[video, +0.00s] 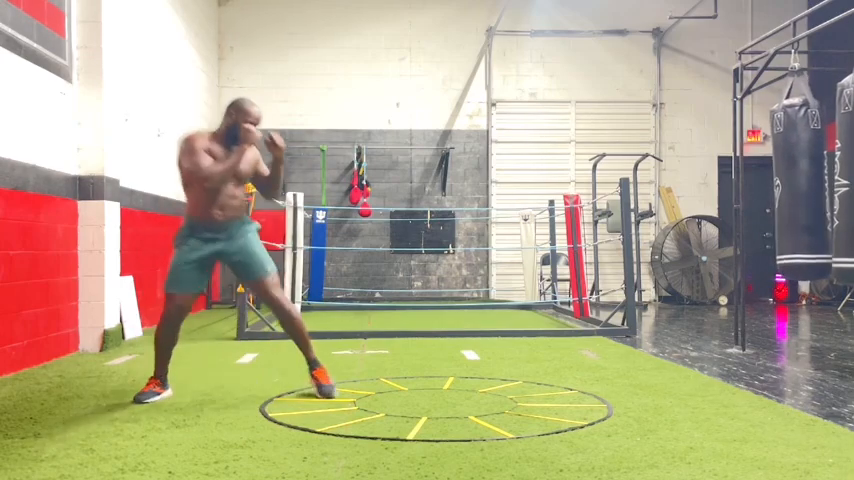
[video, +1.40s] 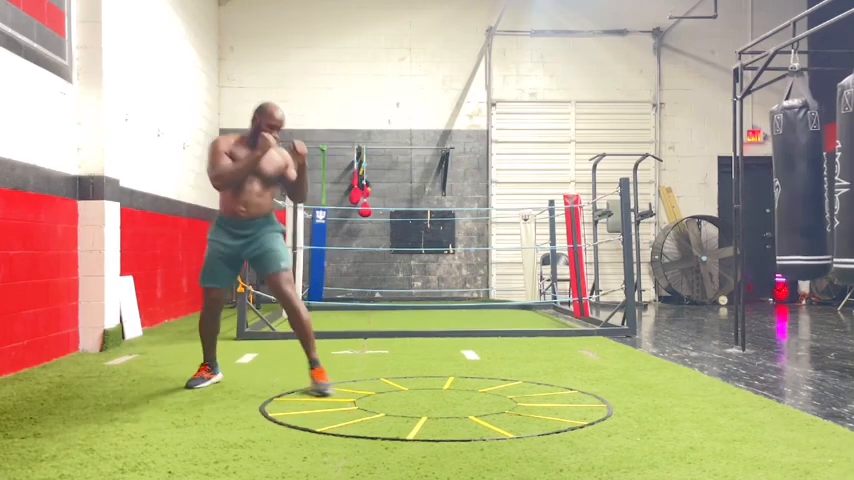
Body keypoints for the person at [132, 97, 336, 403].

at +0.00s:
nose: (252, 130)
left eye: (255, 125)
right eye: (249, 124)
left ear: (255, 126)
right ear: (231, 118)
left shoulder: (250, 153)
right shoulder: (196, 143)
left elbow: (272, 191)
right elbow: (208, 180)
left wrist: (279, 160)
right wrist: (242, 149)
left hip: (239, 234)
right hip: (196, 236)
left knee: (275, 297)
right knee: (175, 308)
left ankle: (315, 366)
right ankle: (159, 381)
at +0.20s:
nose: (286, 135)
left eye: (290, 130)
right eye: (281, 129)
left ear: (293, 129)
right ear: (265, 124)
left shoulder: (296, 157)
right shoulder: (235, 151)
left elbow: (319, 196)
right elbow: (240, 191)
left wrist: (319, 163)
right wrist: (275, 157)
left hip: (283, 238)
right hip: (242, 241)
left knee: (307, 304)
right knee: (211, 312)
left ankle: (323, 377)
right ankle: (171, 378)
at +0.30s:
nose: (300, 121)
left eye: (303, 116)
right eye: (296, 115)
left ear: (305, 116)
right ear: (279, 110)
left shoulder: (310, 143)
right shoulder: (249, 137)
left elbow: (336, 177)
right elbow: (252, 174)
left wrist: (329, 137)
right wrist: (286, 140)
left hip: (296, 227)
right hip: (255, 226)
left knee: (311, 297)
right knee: (230, 297)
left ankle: (324, 374)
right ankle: (216, 367)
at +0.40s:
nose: (307, 112)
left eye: (311, 108)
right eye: (303, 106)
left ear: (314, 109)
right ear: (287, 100)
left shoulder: (317, 136)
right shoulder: (257, 126)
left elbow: (344, 173)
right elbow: (258, 162)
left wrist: (339, 134)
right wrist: (294, 129)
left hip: (305, 217)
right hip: (264, 217)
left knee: (324, 287)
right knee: (251, 292)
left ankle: (335, 363)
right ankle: (256, 358)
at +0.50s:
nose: (313, 119)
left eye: (318, 115)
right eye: (310, 113)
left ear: (320, 116)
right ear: (294, 108)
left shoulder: (325, 144)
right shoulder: (265, 134)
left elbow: (349, 182)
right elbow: (266, 168)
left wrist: (348, 147)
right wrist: (301, 136)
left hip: (316, 224)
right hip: (276, 226)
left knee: (341, 289)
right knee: (264, 302)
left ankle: (367, 362)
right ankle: (265, 366)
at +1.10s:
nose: (307, 128)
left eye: (312, 124)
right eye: (303, 122)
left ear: (315, 123)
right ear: (287, 117)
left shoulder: (321, 150)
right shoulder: (261, 142)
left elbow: (345, 189)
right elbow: (257, 180)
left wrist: (339, 157)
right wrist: (293, 151)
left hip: (305, 230)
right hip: (266, 229)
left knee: (314, 297)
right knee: (242, 297)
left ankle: (329, 372)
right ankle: (234, 359)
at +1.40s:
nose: (273, 133)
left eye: (277, 130)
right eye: (270, 127)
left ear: (281, 130)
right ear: (255, 121)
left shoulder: (282, 156)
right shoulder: (224, 145)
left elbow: (299, 196)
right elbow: (219, 181)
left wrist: (302, 164)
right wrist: (258, 153)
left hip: (264, 230)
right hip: (226, 230)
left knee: (285, 290)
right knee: (212, 300)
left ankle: (316, 367)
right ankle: (209, 367)